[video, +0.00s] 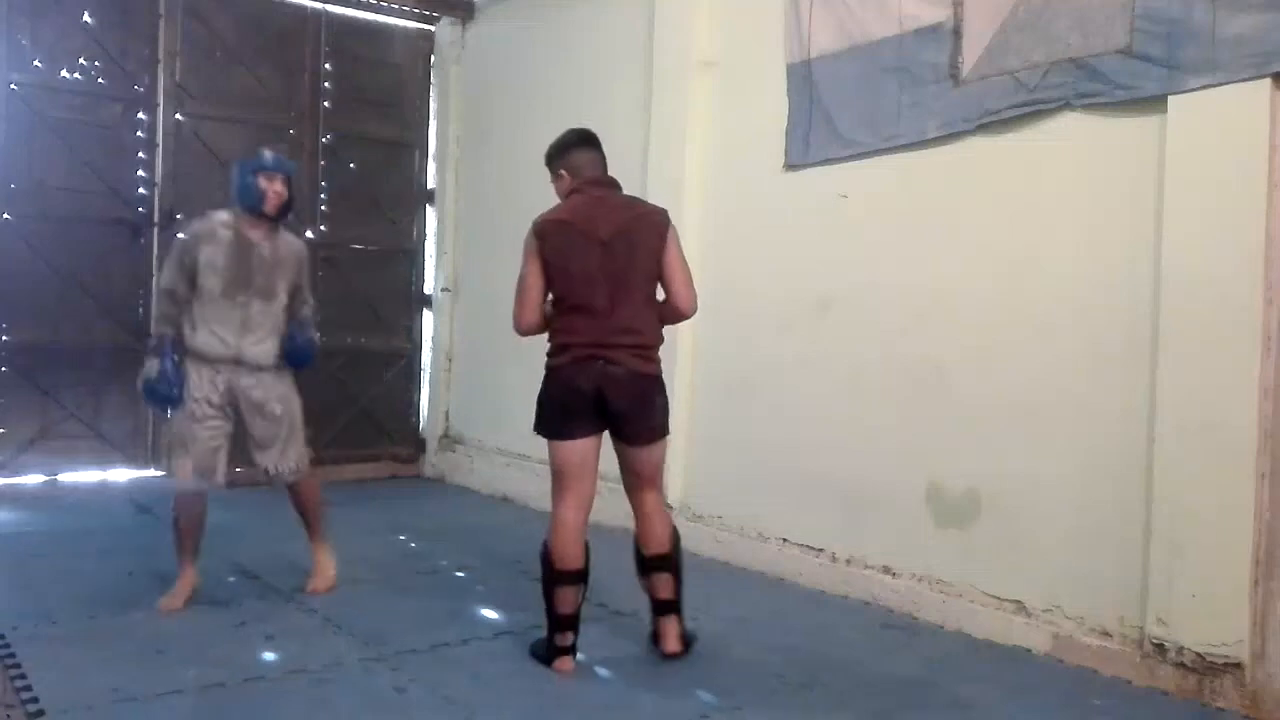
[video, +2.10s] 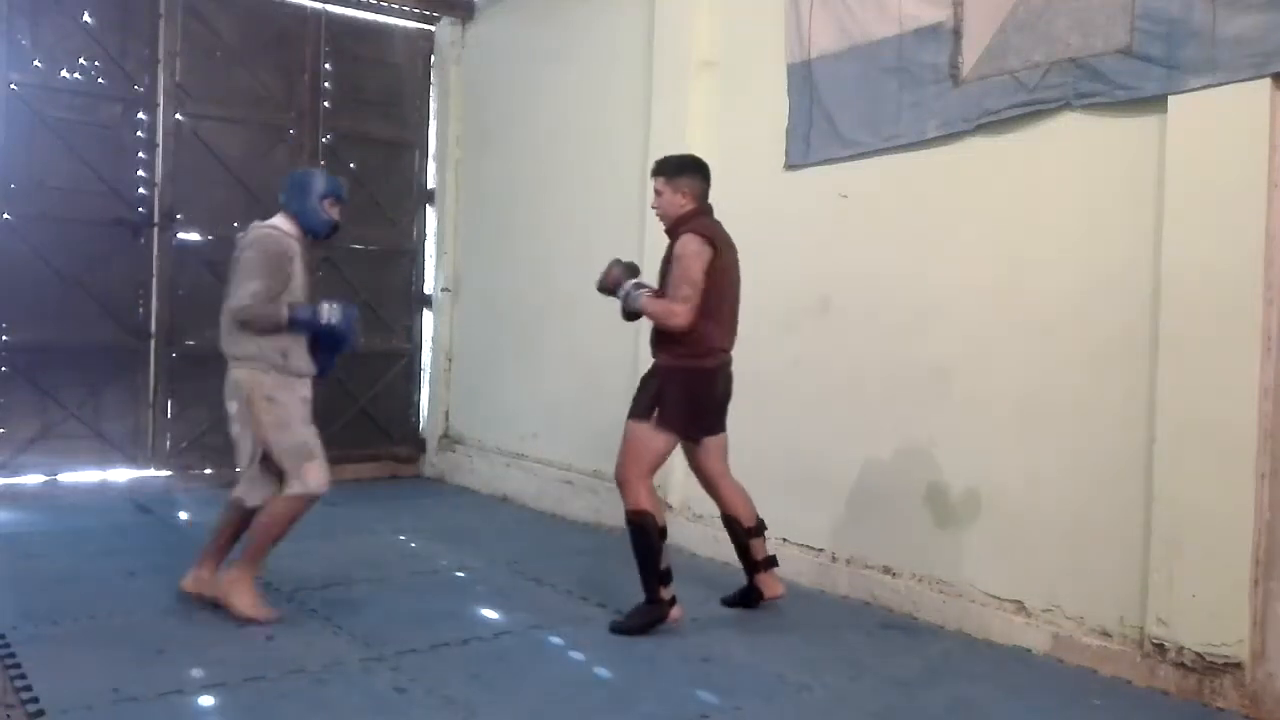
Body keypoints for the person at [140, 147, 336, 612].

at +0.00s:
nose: (274, 188)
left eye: (282, 181)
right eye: (265, 178)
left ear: (289, 193)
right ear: (245, 182)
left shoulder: (293, 250)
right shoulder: (203, 233)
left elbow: (302, 306)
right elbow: (169, 294)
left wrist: (303, 336)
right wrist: (163, 352)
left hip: (267, 372)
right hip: (202, 368)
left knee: (292, 467)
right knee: (189, 475)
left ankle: (321, 552)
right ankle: (186, 572)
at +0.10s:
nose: (270, 169)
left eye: (276, 162)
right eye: (260, 160)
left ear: (281, 173)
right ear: (237, 163)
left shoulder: (282, 228)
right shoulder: (195, 210)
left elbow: (283, 281)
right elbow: (151, 262)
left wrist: (285, 307)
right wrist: (150, 322)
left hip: (258, 351)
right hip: (196, 350)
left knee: (282, 449)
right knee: (188, 466)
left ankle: (279, 533)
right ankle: (176, 564)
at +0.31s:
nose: (251, 196)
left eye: (255, 188)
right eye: (241, 186)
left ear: (258, 198)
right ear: (215, 190)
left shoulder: (253, 250)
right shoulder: (182, 239)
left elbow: (262, 305)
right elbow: (112, 283)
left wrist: (270, 329)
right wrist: (128, 345)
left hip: (236, 383)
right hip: (181, 381)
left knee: (253, 472)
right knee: (175, 488)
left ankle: (209, 549)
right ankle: (158, 580)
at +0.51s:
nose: (251, 166)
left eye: (254, 159)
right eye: (241, 157)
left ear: (255, 169)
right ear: (215, 161)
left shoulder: (245, 221)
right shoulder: (179, 204)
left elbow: (230, 280)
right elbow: (136, 265)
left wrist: (254, 299)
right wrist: (192, 305)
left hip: (236, 350)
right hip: (186, 351)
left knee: (219, 459)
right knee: (175, 461)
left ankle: (191, 546)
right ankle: (152, 564)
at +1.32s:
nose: (289, 164)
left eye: (286, 155)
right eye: (279, 155)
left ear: (263, 163)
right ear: (256, 161)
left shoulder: (256, 213)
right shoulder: (230, 200)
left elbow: (240, 285)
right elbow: (185, 259)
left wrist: (279, 294)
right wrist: (253, 275)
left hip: (239, 350)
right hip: (214, 349)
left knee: (223, 470)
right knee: (219, 472)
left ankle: (181, 560)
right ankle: (187, 583)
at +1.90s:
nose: (313, 190)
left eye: (314, 182)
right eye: (306, 180)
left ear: (289, 185)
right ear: (280, 179)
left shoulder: (279, 226)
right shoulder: (258, 209)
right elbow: (243, 274)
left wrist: (306, 301)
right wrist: (300, 276)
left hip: (260, 366)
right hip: (242, 366)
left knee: (256, 485)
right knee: (246, 487)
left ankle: (208, 576)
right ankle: (184, 591)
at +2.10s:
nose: (336, 215)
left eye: (339, 206)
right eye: (330, 203)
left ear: (306, 203)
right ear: (304, 200)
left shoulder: (288, 246)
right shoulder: (269, 241)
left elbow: (270, 319)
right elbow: (246, 312)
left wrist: (318, 342)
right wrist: (309, 314)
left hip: (271, 379)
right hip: (263, 380)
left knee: (260, 482)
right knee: (309, 480)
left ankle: (204, 572)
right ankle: (239, 578)